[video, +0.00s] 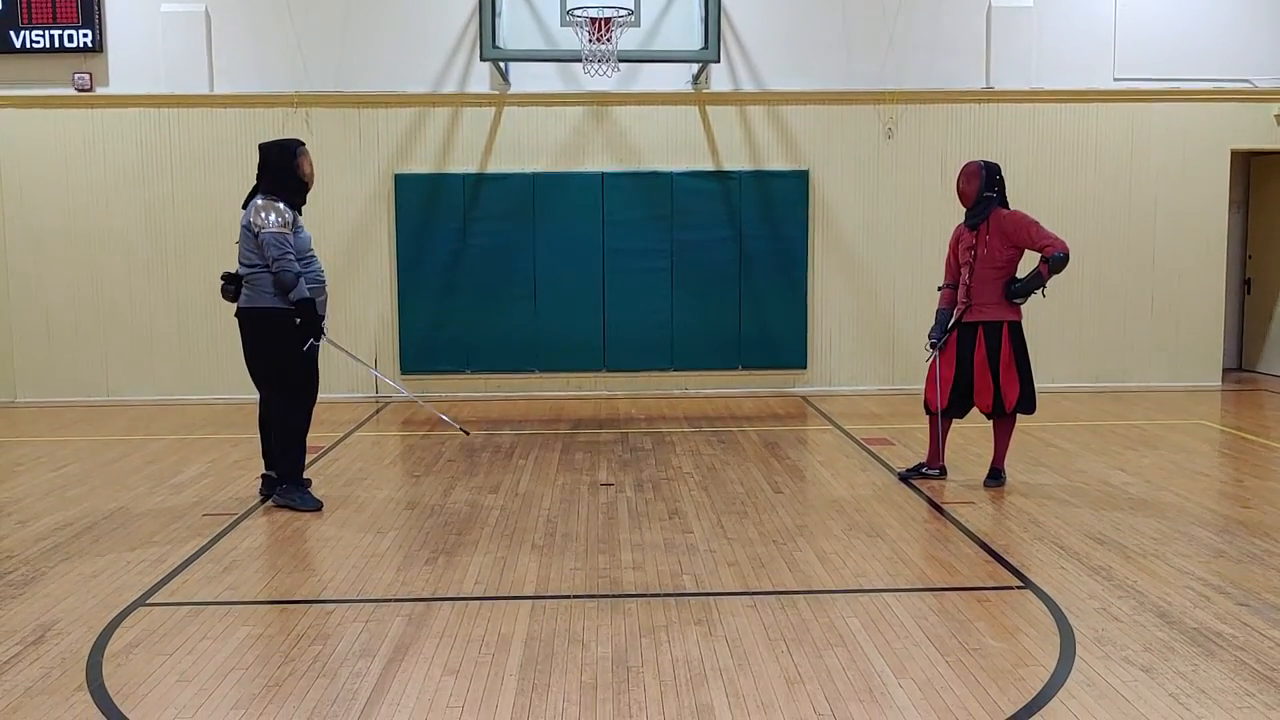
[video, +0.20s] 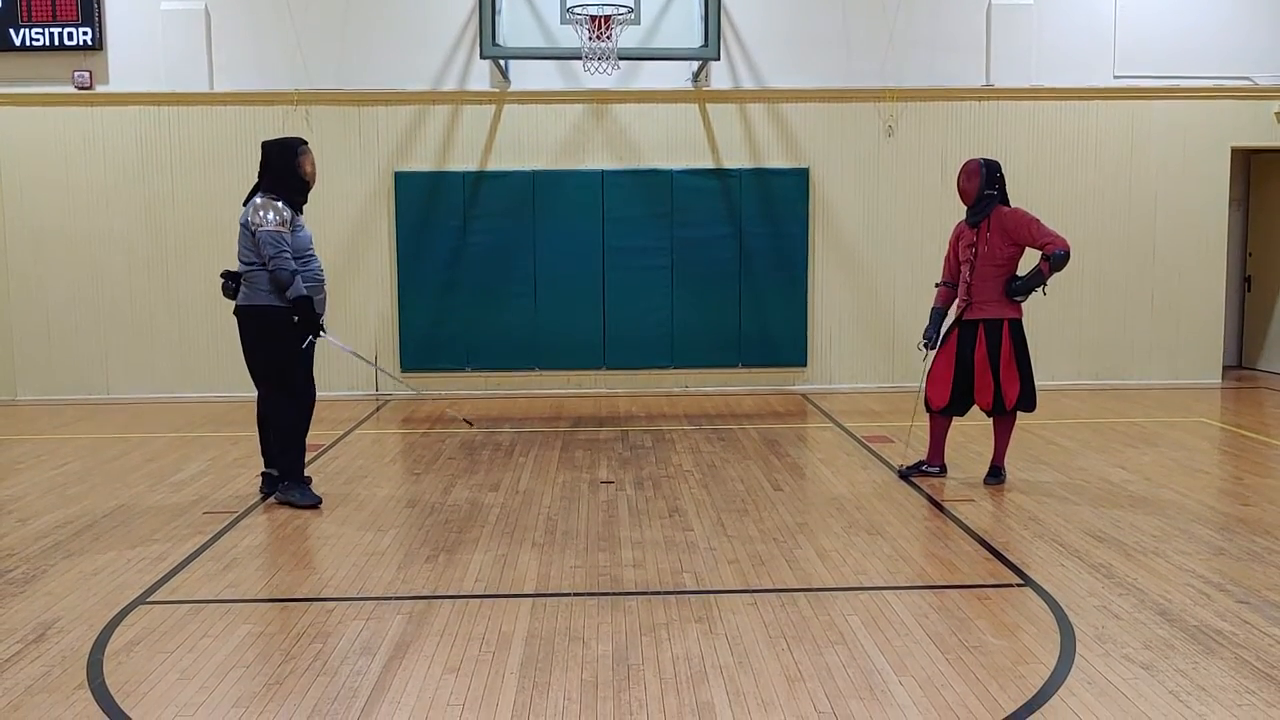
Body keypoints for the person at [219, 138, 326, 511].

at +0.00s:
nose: (312, 170)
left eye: (310, 163)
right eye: (307, 163)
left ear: (282, 167)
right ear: (287, 166)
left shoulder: (272, 205)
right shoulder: (270, 207)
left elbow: (267, 263)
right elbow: (283, 263)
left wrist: (244, 281)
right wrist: (306, 309)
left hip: (273, 313)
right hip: (274, 315)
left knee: (279, 394)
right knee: (294, 394)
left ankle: (277, 477)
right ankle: (285, 482)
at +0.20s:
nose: (313, 172)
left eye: (313, 164)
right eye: (308, 164)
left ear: (284, 166)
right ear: (288, 166)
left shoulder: (276, 205)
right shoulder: (269, 206)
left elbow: (272, 262)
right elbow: (278, 261)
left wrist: (244, 280)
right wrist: (302, 304)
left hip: (273, 312)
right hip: (272, 313)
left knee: (276, 393)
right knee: (295, 393)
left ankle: (276, 475)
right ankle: (288, 480)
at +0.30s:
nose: (314, 171)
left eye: (314, 164)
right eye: (309, 164)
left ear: (288, 166)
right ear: (288, 165)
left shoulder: (281, 205)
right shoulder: (268, 205)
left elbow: (281, 261)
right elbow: (277, 259)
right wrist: (304, 300)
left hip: (279, 312)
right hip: (270, 313)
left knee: (281, 393)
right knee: (291, 393)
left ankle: (278, 473)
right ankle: (288, 479)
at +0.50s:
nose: (318, 168)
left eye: (317, 160)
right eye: (313, 160)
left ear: (290, 162)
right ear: (294, 161)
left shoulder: (282, 202)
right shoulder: (268, 202)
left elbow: (292, 260)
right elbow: (279, 263)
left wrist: (318, 291)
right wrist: (318, 292)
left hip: (280, 309)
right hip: (271, 310)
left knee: (278, 391)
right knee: (293, 392)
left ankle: (276, 471)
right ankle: (292, 477)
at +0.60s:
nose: (320, 166)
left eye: (319, 158)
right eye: (315, 157)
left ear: (294, 161)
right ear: (296, 160)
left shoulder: (285, 202)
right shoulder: (270, 201)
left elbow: (287, 261)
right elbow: (283, 259)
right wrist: (330, 281)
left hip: (281, 308)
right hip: (273, 308)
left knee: (278, 387)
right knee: (301, 388)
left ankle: (276, 469)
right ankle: (294, 475)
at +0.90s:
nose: (323, 162)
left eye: (323, 155)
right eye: (318, 154)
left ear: (293, 156)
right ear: (299, 156)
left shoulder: (277, 195)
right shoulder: (279, 197)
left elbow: (285, 256)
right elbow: (311, 244)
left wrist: (251, 273)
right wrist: (359, 244)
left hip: (276, 301)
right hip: (285, 303)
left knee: (280, 380)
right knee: (310, 383)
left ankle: (276, 462)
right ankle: (327, 467)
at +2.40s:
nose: (337, 177)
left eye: (339, 169)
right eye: (335, 168)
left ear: (308, 164)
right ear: (315, 164)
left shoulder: (285, 194)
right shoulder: (276, 193)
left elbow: (274, 247)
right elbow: (294, 243)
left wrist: (239, 259)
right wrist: (329, 212)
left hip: (270, 292)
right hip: (269, 293)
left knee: (287, 366)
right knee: (318, 358)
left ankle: (286, 448)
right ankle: (315, 449)